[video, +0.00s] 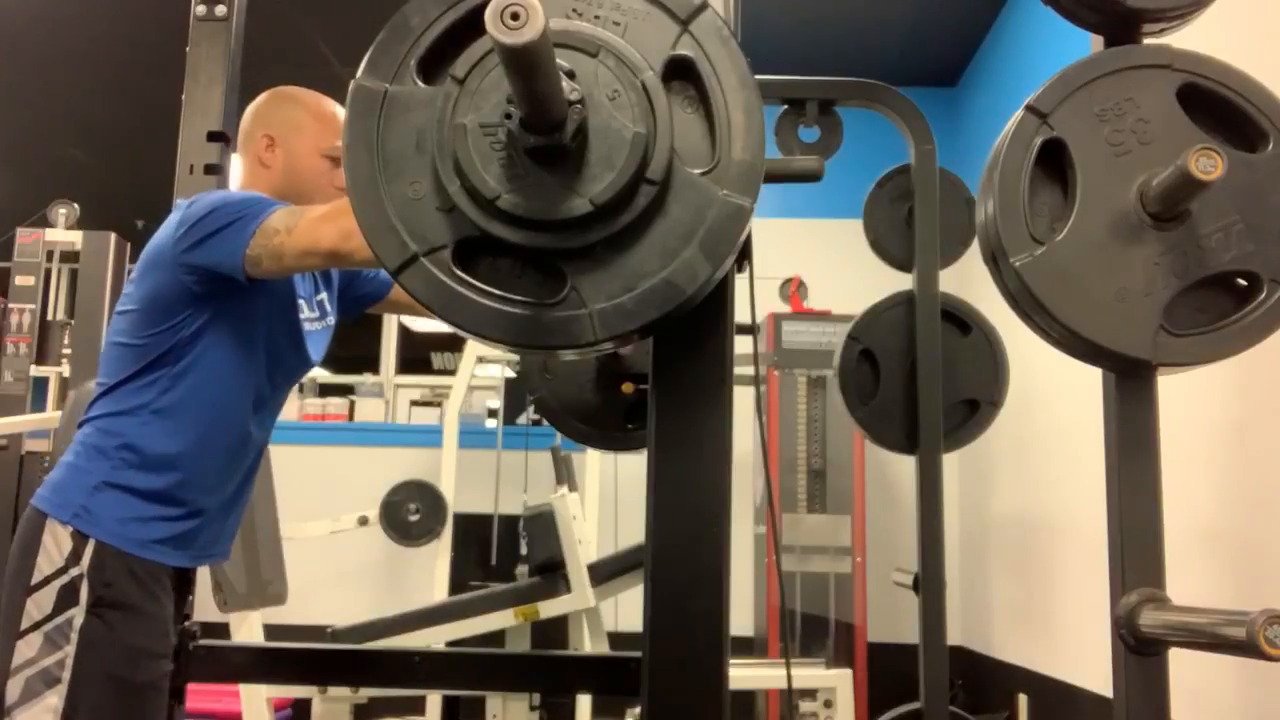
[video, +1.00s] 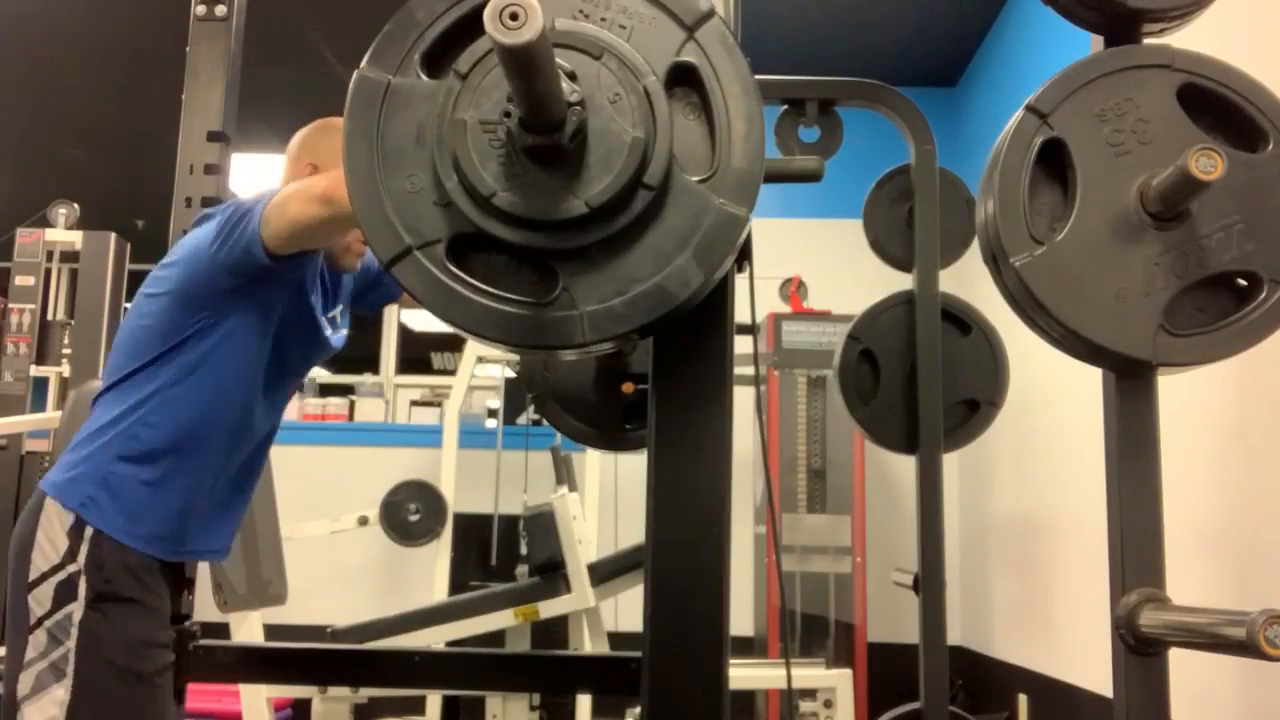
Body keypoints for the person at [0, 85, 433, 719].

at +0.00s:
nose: (346, 183)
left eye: (346, 164)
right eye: (333, 159)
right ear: (267, 150)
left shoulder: (323, 264)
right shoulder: (209, 221)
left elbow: (434, 285)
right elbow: (349, 232)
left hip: (168, 558)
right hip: (96, 548)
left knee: (143, 708)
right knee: (81, 712)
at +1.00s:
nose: (375, 223)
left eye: (378, 202)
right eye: (361, 193)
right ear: (315, 184)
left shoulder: (334, 281)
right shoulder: (232, 241)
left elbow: (429, 262)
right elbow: (324, 197)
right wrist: (420, 168)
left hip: (160, 556)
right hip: (95, 545)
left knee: (148, 708)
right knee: (94, 711)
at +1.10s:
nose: (384, 248)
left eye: (389, 227)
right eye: (373, 222)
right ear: (329, 205)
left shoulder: (335, 291)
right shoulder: (232, 249)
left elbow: (439, 262)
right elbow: (327, 204)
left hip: (158, 559)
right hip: (89, 546)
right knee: (143, 707)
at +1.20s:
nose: (406, 305)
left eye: (420, 293)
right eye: (406, 279)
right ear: (362, 245)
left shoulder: (329, 318)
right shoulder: (241, 265)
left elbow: (431, 304)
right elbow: (324, 229)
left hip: (158, 565)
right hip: (91, 552)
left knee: (32, 706)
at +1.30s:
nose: (427, 371)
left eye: (441, 359)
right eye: (434, 348)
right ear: (392, 285)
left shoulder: (331, 358)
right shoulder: (270, 297)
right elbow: (332, 251)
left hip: (154, 577)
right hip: (96, 565)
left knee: (34, 711)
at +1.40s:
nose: (456, 428)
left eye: (476, 419)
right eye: (472, 406)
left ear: (448, 345)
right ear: (448, 342)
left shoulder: (370, 386)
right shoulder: (338, 336)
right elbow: (333, 287)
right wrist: (447, 238)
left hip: (144, 573)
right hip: (117, 571)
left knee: (41, 713)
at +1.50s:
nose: (511, 461)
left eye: (531, 451)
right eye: (528, 439)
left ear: (501, 371)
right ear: (506, 379)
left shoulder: (426, 398)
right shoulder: (402, 359)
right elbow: (346, 307)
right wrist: (463, 237)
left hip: (173, 571)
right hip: (153, 568)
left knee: (63, 711)